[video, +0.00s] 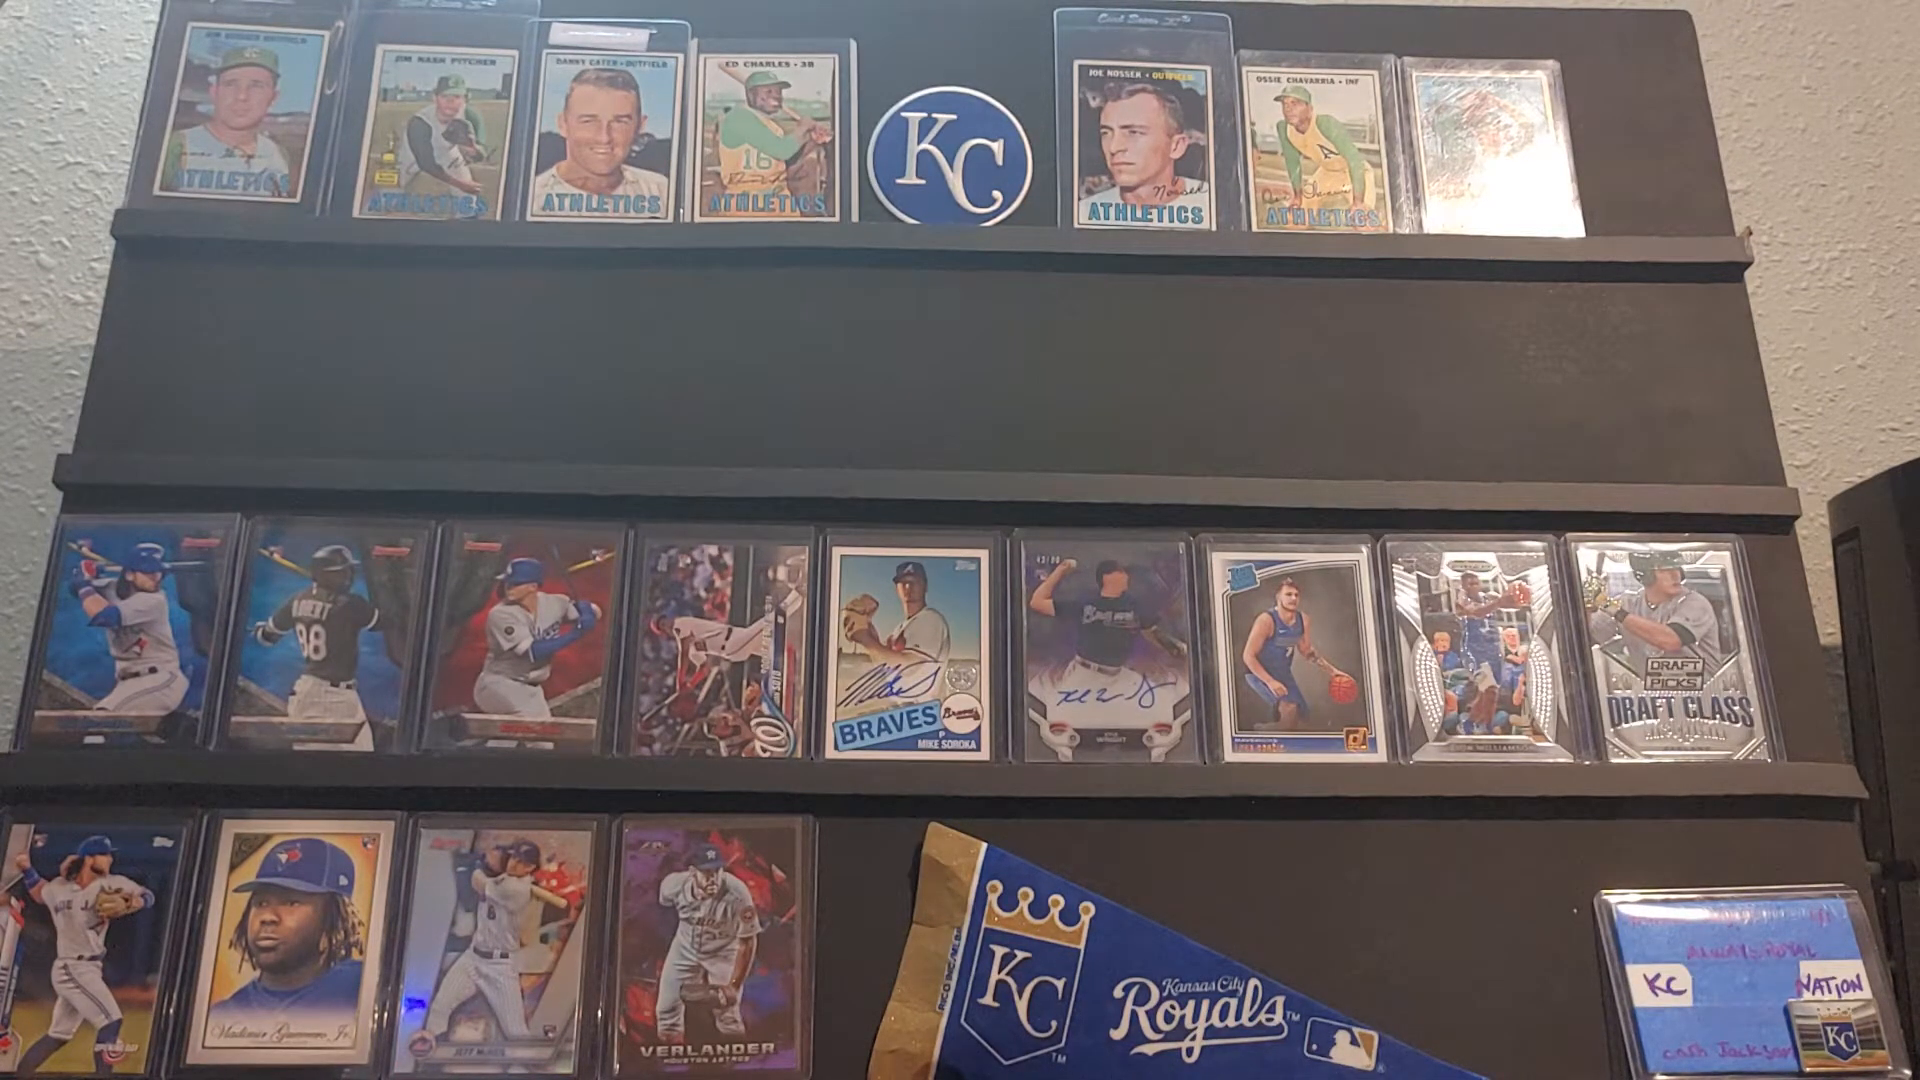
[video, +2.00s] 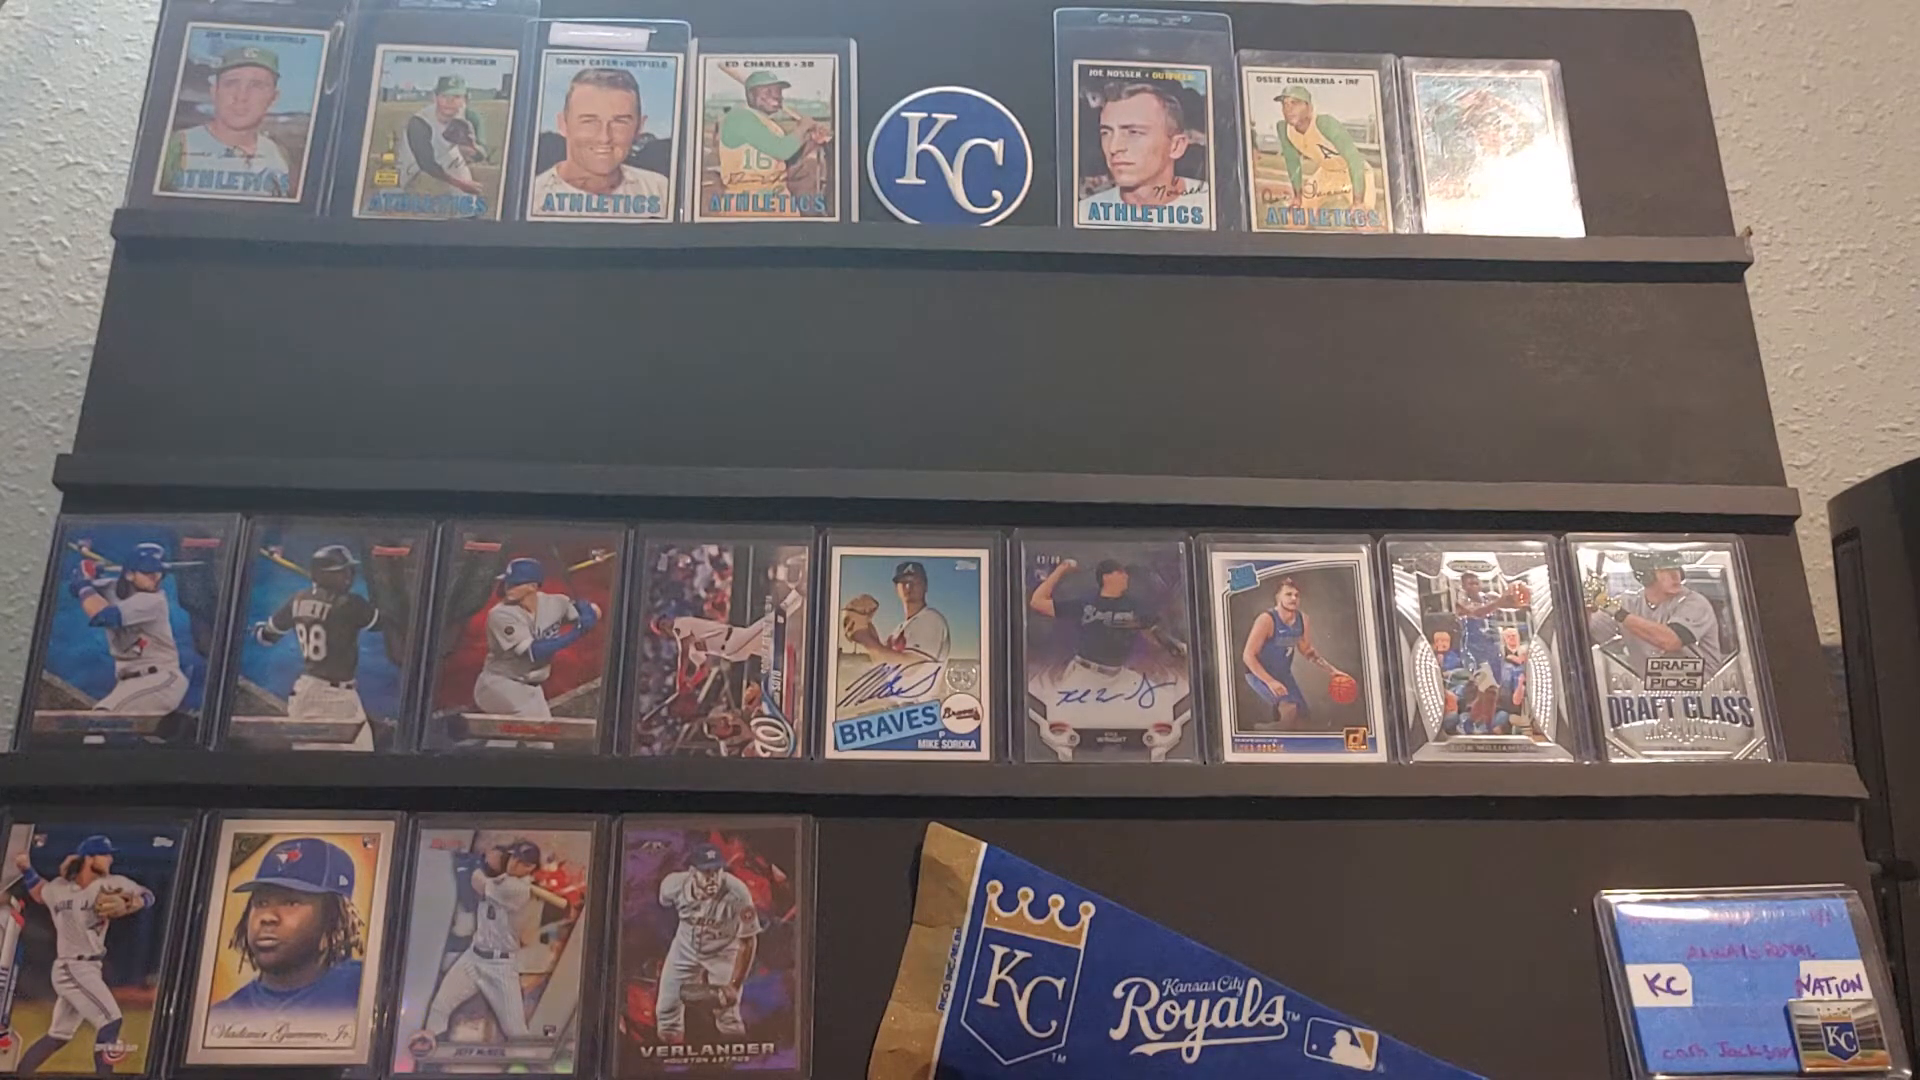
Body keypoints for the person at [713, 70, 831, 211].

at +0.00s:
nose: (777, 98)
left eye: (778, 93)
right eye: (770, 93)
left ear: (782, 93)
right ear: (752, 95)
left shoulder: (775, 127)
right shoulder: (738, 118)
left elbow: (784, 170)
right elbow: (782, 151)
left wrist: (811, 143)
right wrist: (802, 128)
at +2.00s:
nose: (777, 98)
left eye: (778, 92)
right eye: (769, 92)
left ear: (782, 93)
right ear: (752, 95)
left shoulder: (773, 126)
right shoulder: (739, 119)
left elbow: (785, 166)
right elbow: (783, 151)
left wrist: (811, 144)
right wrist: (803, 128)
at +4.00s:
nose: (776, 97)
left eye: (778, 92)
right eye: (769, 92)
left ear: (782, 93)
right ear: (752, 94)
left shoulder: (773, 126)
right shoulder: (739, 118)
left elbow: (785, 168)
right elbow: (783, 151)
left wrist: (811, 143)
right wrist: (803, 128)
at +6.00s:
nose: (776, 97)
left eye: (779, 92)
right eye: (769, 92)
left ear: (782, 94)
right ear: (751, 95)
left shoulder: (775, 128)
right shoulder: (738, 118)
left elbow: (783, 168)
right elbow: (782, 151)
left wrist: (811, 143)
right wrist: (802, 129)